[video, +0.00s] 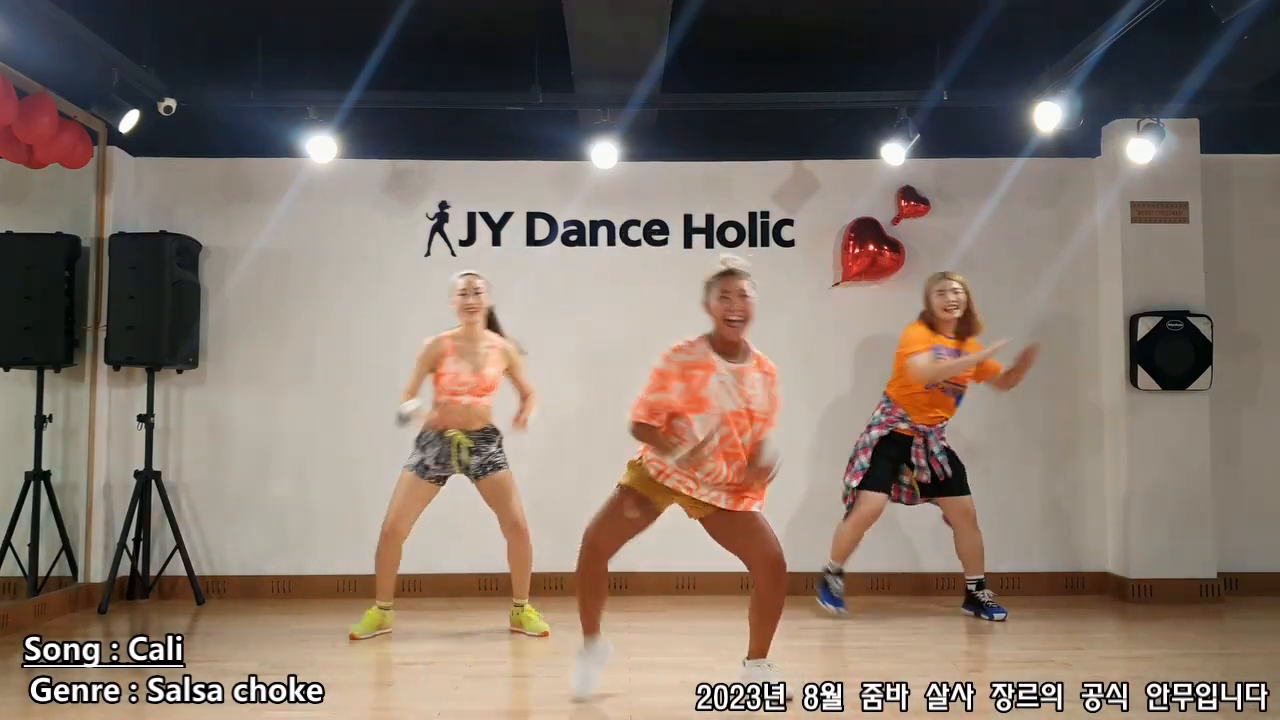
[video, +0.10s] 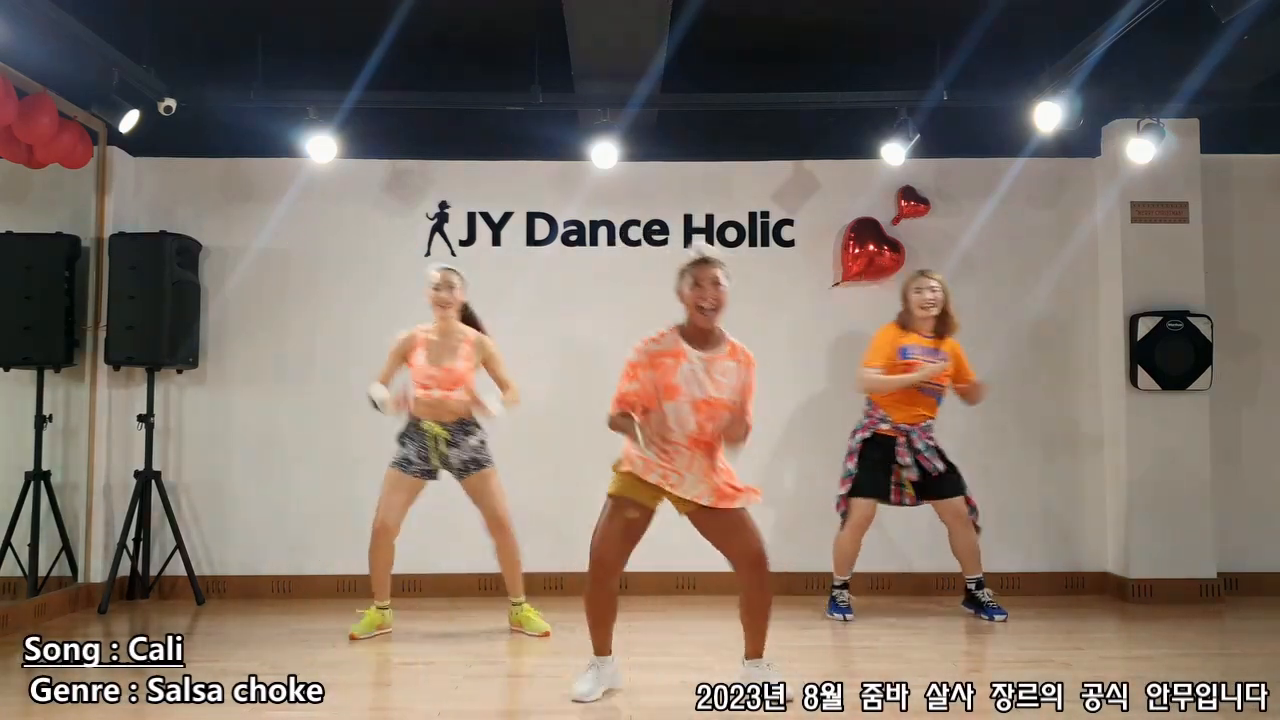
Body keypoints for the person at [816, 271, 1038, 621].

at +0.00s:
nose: (950, 298)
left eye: (956, 292)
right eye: (941, 293)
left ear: (966, 300)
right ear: (928, 301)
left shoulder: (970, 347)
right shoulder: (916, 335)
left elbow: (1002, 382)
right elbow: (920, 374)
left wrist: (1021, 366)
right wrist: (970, 361)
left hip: (931, 438)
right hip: (892, 432)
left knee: (963, 512)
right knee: (870, 506)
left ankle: (976, 592)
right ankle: (831, 575)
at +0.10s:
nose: (929, 295)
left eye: (935, 290)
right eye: (920, 290)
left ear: (944, 299)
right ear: (906, 299)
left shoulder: (949, 347)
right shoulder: (889, 336)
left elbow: (968, 395)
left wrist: (978, 387)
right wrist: (919, 376)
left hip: (920, 439)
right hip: (879, 436)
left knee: (957, 511)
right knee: (861, 513)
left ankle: (976, 591)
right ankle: (839, 591)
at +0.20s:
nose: (903, 290)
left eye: (910, 285)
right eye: (895, 285)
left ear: (920, 294)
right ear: (882, 294)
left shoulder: (928, 341)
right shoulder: (864, 331)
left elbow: (959, 391)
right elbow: (824, 365)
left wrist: (938, 368)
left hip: (904, 434)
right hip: (862, 433)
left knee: (938, 511)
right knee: (848, 515)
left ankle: (959, 586)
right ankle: (839, 592)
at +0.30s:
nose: (884, 286)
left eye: (890, 280)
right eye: (876, 281)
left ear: (900, 288)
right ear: (863, 289)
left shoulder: (908, 331)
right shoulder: (847, 327)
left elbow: (945, 362)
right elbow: (799, 346)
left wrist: (914, 328)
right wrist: (832, 326)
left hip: (893, 429)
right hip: (851, 428)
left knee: (907, 506)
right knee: (842, 514)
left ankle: (910, 586)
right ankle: (838, 592)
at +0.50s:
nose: (845, 290)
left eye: (852, 285)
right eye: (838, 286)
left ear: (865, 293)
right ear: (829, 296)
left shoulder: (877, 331)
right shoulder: (817, 333)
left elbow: (910, 339)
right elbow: (773, 353)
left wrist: (872, 315)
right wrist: (784, 327)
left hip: (869, 430)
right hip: (826, 429)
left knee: (878, 514)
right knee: (798, 499)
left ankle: (880, 593)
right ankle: (809, 579)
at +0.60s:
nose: (822, 291)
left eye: (829, 285)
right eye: (815, 287)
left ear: (842, 292)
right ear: (806, 295)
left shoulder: (860, 330)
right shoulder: (798, 339)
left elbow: (889, 364)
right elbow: (764, 385)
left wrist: (849, 361)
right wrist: (775, 362)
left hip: (861, 432)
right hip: (819, 433)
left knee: (874, 517)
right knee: (789, 507)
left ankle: (880, 595)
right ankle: (776, 590)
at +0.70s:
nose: (807, 294)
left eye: (813, 289)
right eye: (798, 289)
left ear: (822, 298)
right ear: (785, 301)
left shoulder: (834, 332)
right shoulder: (779, 347)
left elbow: (849, 371)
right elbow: (754, 384)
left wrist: (797, 369)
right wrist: (749, 374)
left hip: (852, 430)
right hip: (810, 435)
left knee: (885, 508)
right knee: (786, 508)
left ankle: (888, 587)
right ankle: (776, 591)